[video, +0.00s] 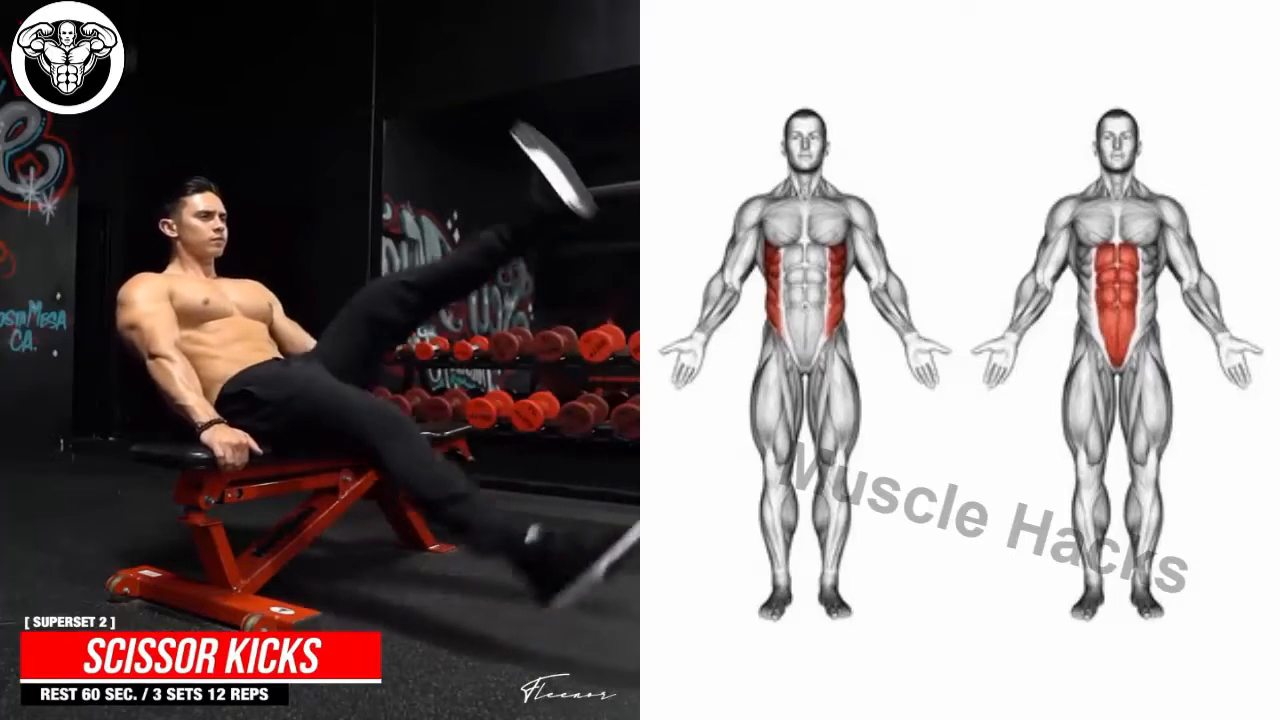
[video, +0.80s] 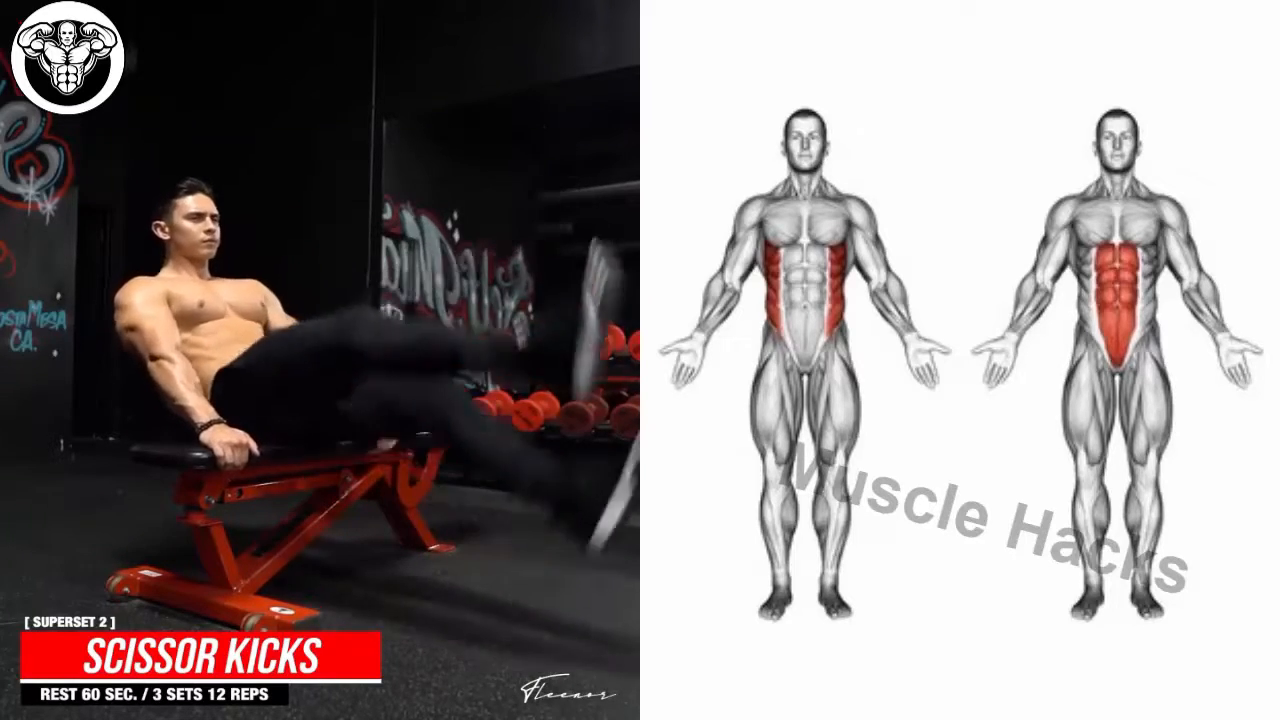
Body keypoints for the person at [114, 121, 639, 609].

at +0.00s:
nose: (218, 225)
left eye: (221, 217)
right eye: (204, 216)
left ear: (225, 229)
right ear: (170, 228)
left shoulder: (254, 292)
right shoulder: (145, 291)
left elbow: (316, 355)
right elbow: (163, 358)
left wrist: (370, 395)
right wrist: (208, 425)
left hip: (303, 376)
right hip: (251, 392)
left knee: (387, 296)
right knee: (381, 417)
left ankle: (536, 221)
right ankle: (528, 548)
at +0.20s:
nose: (222, 226)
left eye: (226, 216)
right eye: (208, 216)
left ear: (228, 223)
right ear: (175, 223)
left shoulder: (255, 290)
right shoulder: (148, 284)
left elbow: (316, 353)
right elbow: (165, 356)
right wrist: (209, 423)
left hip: (300, 381)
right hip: (247, 396)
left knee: (387, 298)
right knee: (379, 404)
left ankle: (539, 265)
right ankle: (520, 536)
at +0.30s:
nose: (215, 223)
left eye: (219, 214)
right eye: (201, 214)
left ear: (223, 225)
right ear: (169, 225)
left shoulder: (253, 289)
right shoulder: (145, 287)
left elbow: (315, 353)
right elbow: (166, 358)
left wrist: (365, 408)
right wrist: (210, 422)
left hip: (299, 383)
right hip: (243, 397)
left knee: (416, 324)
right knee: (372, 357)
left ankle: (561, 363)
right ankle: (537, 441)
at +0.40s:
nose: (213, 220)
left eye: (216, 212)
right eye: (198, 212)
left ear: (221, 225)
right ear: (166, 226)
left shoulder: (255, 287)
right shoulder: (146, 288)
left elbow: (309, 353)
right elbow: (165, 357)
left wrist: (368, 421)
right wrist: (210, 426)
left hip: (307, 395)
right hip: (244, 396)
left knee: (444, 383)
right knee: (359, 316)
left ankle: (585, 481)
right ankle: (541, 346)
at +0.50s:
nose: (215, 221)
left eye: (218, 211)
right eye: (200, 212)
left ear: (223, 220)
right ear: (168, 223)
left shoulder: (258, 284)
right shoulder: (147, 286)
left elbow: (310, 341)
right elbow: (166, 357)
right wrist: (211, 423)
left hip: (311, 397)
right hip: (248, 396)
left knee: (435, 425)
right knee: (341, 293)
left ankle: (560, 562)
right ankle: (516, 247)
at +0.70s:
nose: (215, 225)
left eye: (220, 216)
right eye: (200, 215)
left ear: (225, 225)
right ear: (168, 225)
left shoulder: (257, 286)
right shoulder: (145, 288)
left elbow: (309, 343)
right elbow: (165, 358)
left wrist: (344, 400)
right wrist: (210, 424)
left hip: (308, 394)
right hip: (244, 397)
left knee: (434, 424)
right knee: (338, 299)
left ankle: (541, 570)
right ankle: (520, 256)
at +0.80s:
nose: (210, 227)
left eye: (214, 218)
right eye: (195, 218)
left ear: (218, 229)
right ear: (162, 231)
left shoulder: (250, 290)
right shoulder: (142, 294)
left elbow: (306, 349)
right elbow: (163, 361)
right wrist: (208, 425)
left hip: (298, 395)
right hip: (237, 395)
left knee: (432, 396)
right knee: (348, 329)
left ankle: (573, 492)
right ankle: (528, 350)